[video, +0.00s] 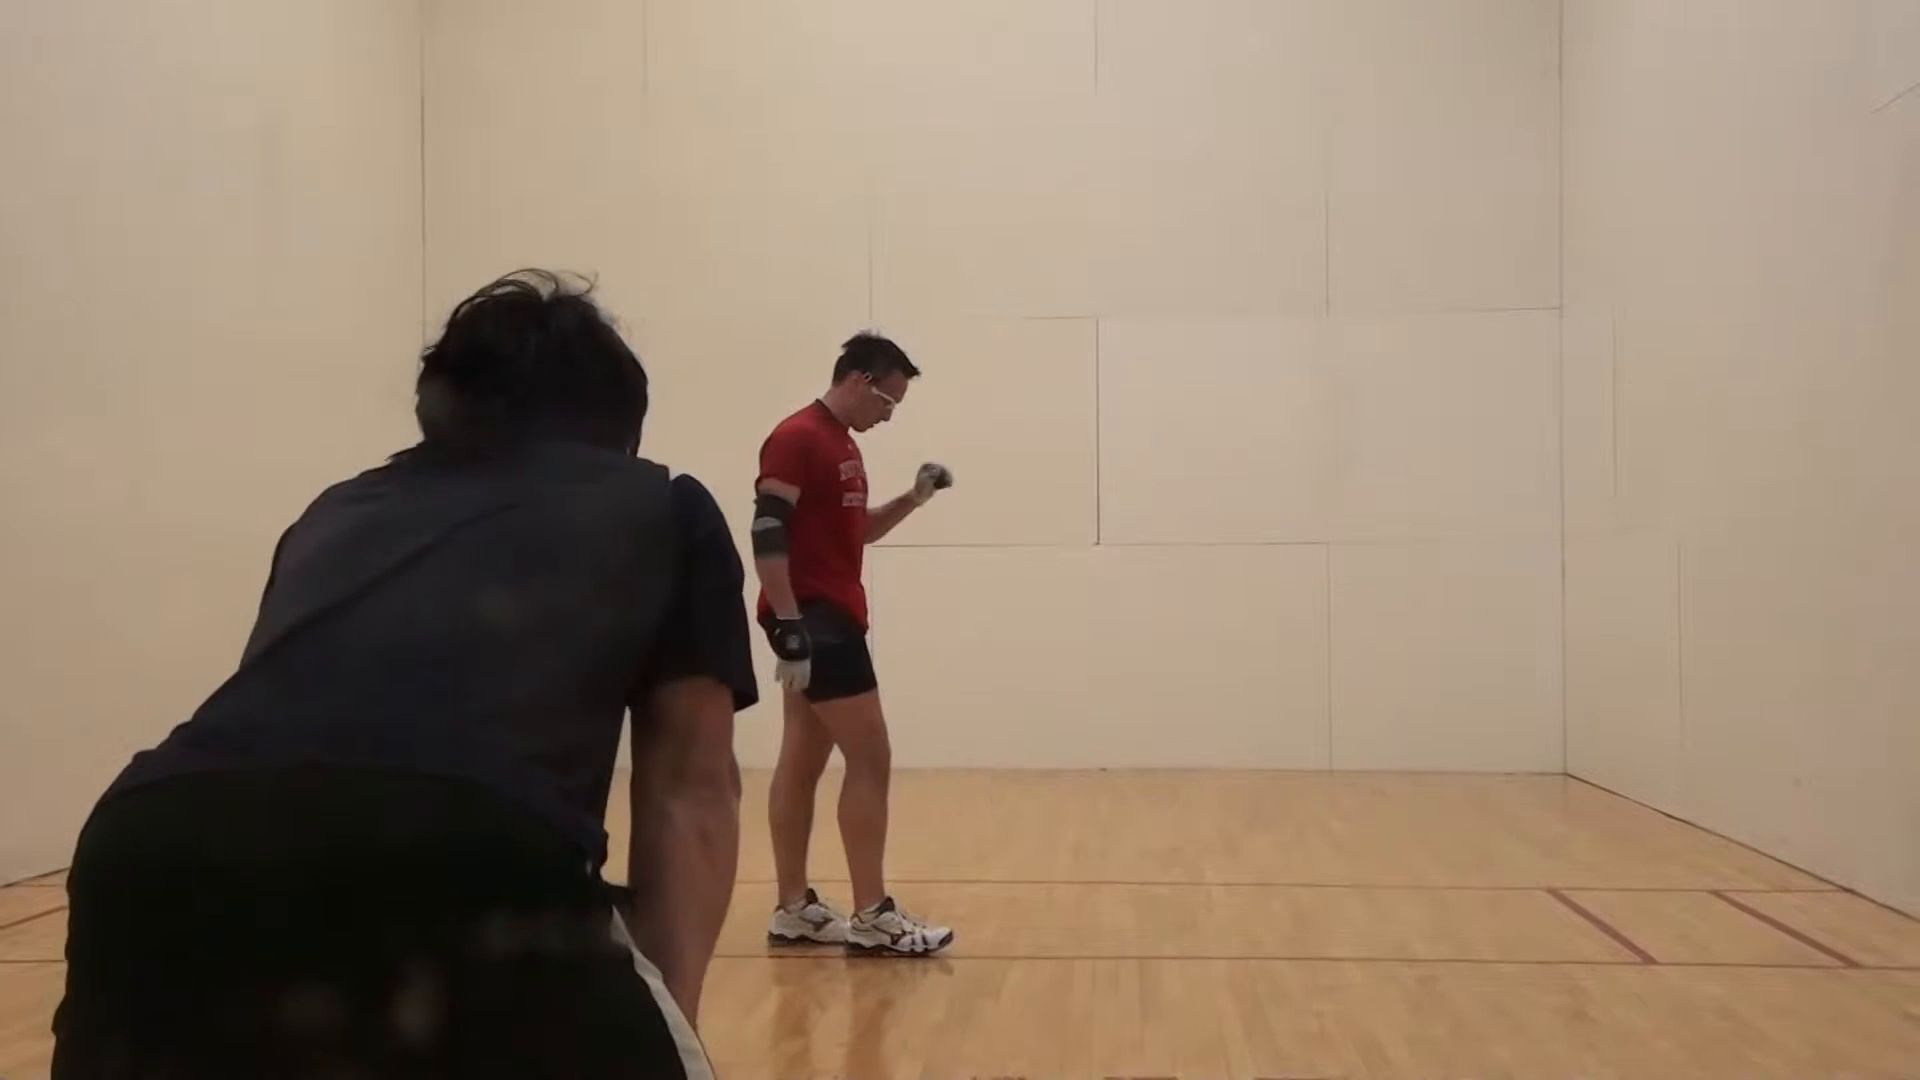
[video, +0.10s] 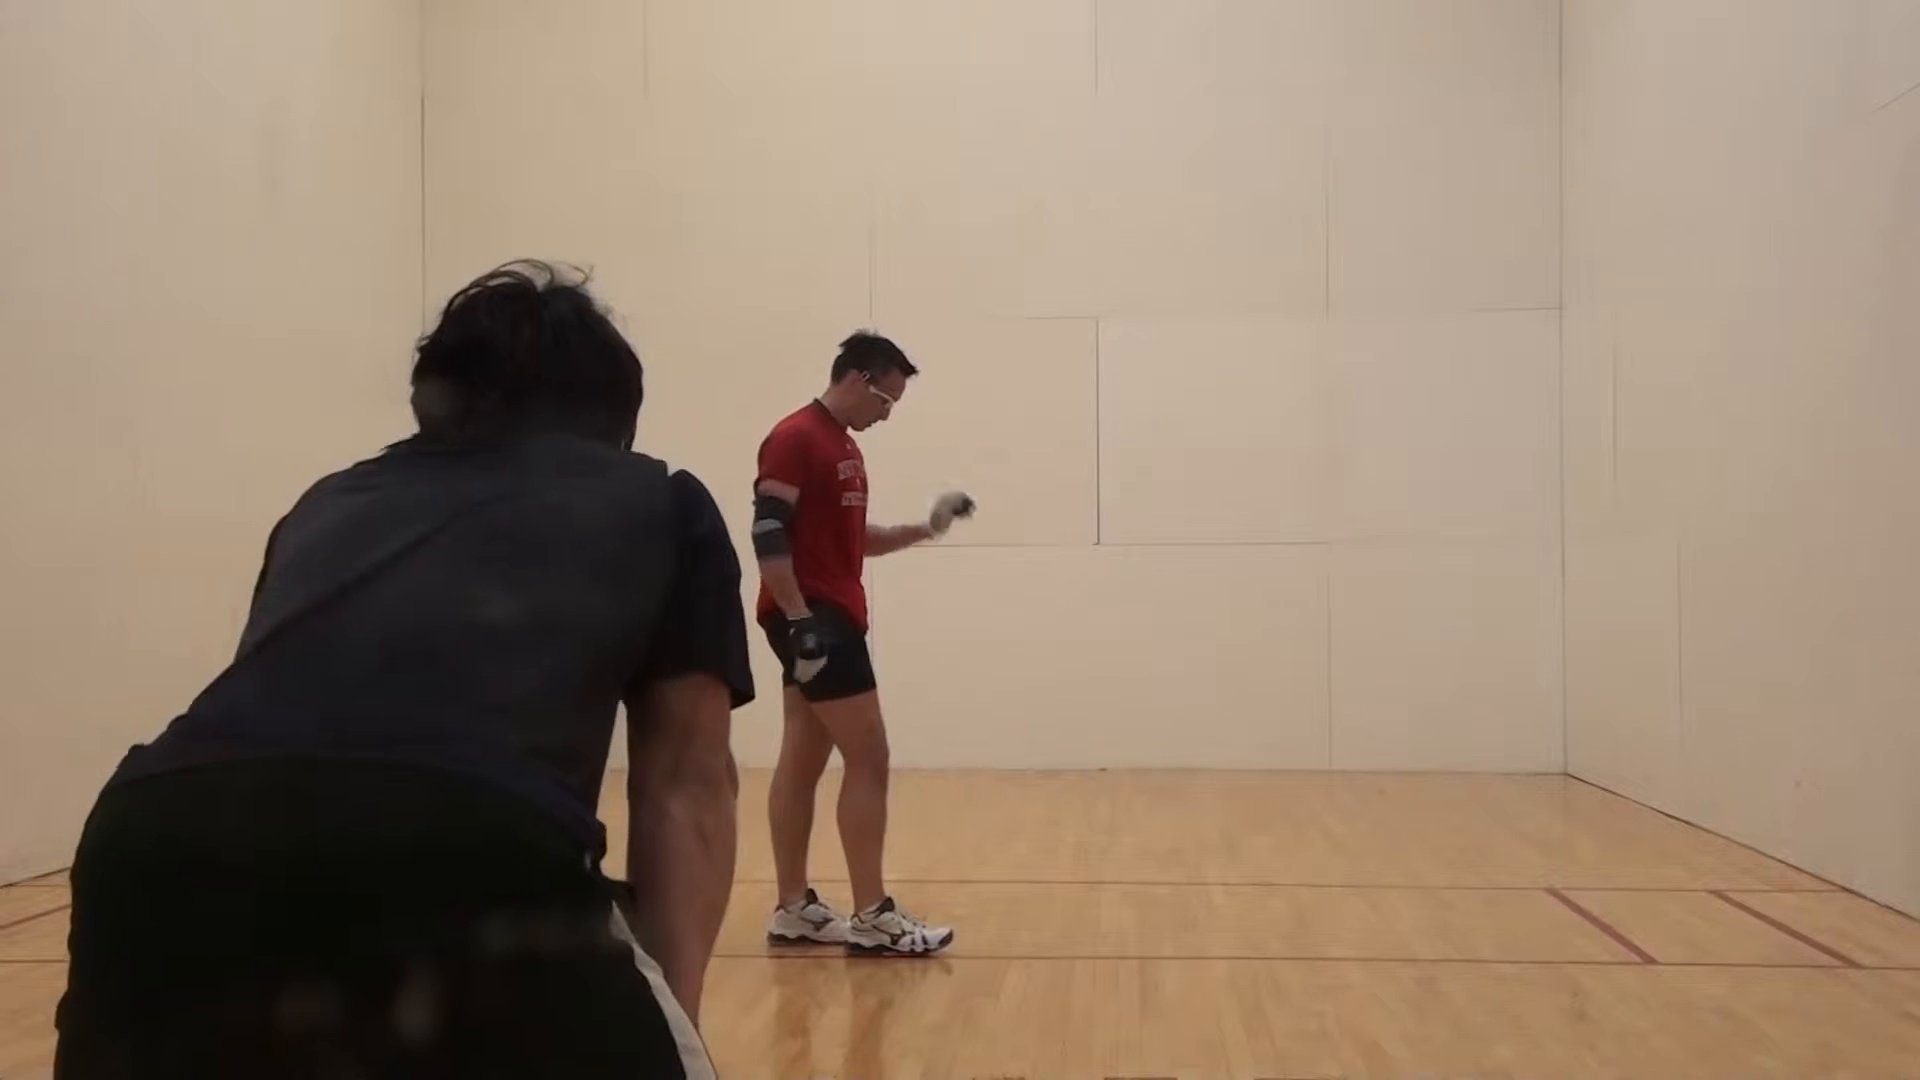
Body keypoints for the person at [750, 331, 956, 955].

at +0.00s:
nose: (890, 411)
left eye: (895, 402)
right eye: (888, 398)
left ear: (862, 387)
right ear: (855, 380)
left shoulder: (841, 443)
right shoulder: (799, 437)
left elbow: (856, 531)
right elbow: (767, 534)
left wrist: (913, 497)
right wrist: (791, 628)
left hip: (823, 622)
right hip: (820, 625)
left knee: (799, 764)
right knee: (870, 759)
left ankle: (793, 907)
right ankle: (871, 913)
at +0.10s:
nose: (888, 412)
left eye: (893, 401)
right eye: (886, 397)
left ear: (860, 384)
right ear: (856, 379)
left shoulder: (842, 444)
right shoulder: (795, 438)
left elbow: (851, 539)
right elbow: (768, 536)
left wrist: (923, 530)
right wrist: (801, 620)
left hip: (825, 621)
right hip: (817, 623)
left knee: (801, 762)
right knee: (869, 758)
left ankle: (793, 907)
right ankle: (871, 913)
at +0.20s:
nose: (885, 412)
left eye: (891, 401)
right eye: (884, 397)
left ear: (857, 384)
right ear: (854, 378)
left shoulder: (839, 444)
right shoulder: (794, 438)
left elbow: (851, 548)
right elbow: (768, 535)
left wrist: (922, 590)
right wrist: (814, 612)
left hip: (825, 619)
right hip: (816, 623)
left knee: (801, 760)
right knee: (867, 758)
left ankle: (793, 906)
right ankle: (872, 914)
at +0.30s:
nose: (886, 409)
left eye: (890, 399)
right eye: (883, 395)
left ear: (857, 384)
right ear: (851, 378)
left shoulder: (842, 441)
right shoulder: (795, 436)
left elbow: (843, 544)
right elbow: (770, 535)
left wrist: (873, 614)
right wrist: (836, 600)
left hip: (829, 618)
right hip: (811, 620)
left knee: (800, 763)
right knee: (868, 759)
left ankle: (793, 906)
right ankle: (871, 912)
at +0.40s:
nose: (885, 410)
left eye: (890, 400)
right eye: (883, 396)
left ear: (856, 383)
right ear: (851, 378)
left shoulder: (838, 440)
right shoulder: (796, 436)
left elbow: (821, 531)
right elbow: (774, 529)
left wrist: (856, 592)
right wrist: (852, 581)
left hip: (825, 615)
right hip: (809, 617)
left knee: (800, 761)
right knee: (868, 757)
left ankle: (793, 906)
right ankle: (871, 912)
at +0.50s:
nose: (883, 411)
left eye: (888, 401)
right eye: (882, 397)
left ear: (854, 384)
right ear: (849, 378)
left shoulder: (833, 439)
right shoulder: (797, 436)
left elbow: (815, 531)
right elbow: (782, 530)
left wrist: (849, 600)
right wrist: (865, 561)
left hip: (822, 616)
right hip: (811, 618)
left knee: (800, 760)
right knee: (868, 758)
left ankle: (793, 907)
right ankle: (872, 913)